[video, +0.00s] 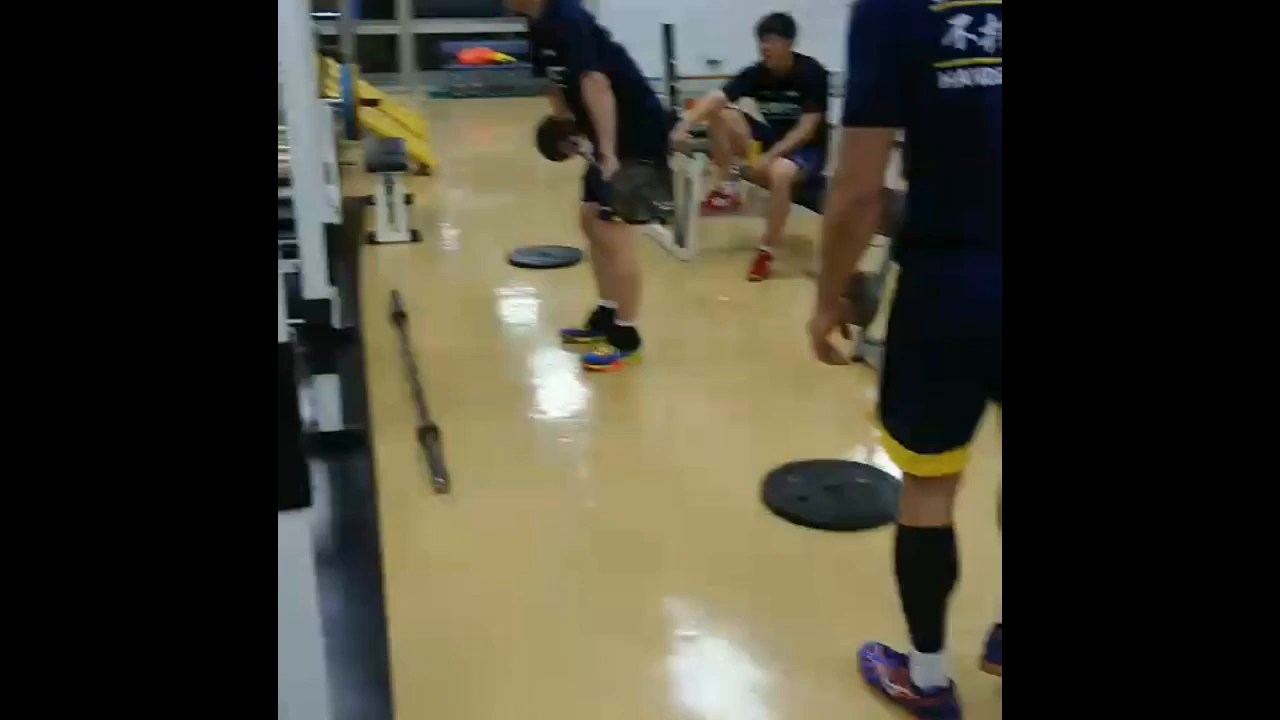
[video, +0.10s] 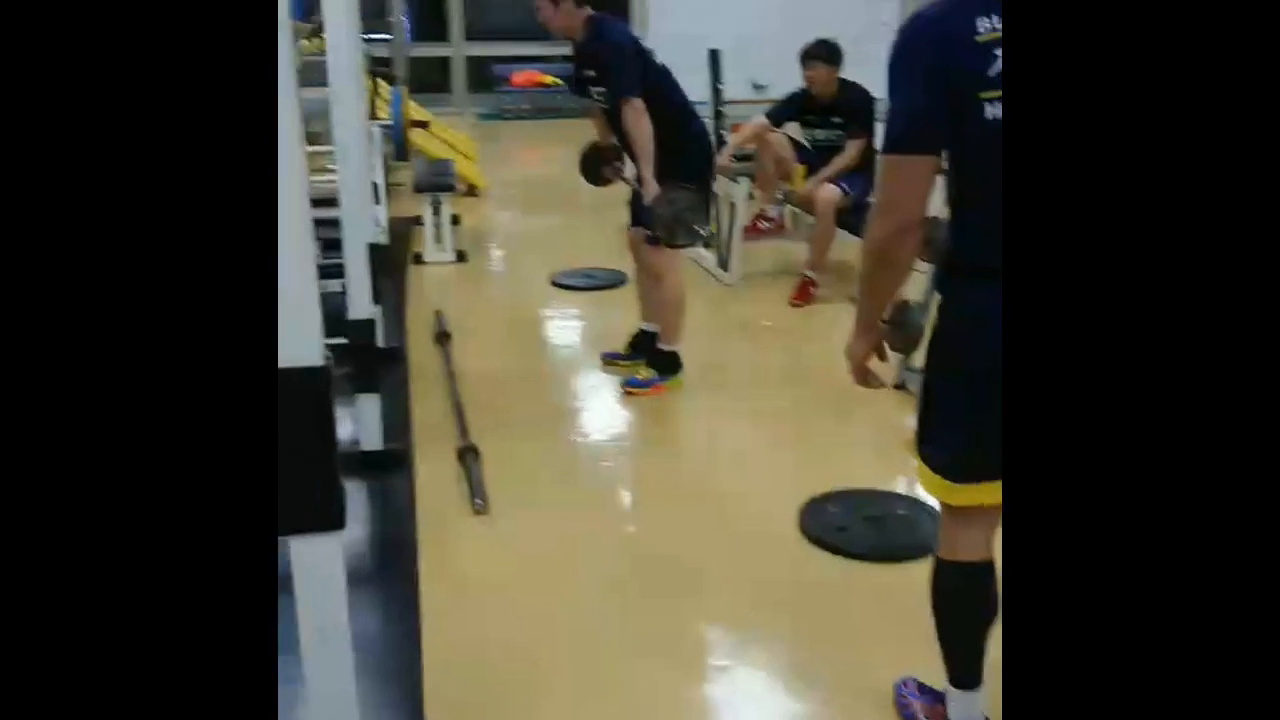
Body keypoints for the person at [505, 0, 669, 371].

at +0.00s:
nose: (508, 4)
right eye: (508, 1)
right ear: (523, 3)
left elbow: (596, 83)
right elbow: (556, 86)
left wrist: (608, 154)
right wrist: (564, 123)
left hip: (639, 136)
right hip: (607, 136)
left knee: (614, 228)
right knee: (594, 221)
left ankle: (627, 333)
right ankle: (608, 314)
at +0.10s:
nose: (541, 18)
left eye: (544, 9)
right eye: (539, 10)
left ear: (567, 6)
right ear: (566, 9)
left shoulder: (611, 40)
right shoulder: (585, 48)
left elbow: (635, 109)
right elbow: (598, 109)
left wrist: (648, 177)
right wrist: (609, 150)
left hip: (682, 156)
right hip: (651, 154)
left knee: (662, 254)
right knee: (642, 244)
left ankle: (668, 358)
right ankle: (648, 338)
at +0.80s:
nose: (614, 308)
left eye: (610, 300)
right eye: (608, 303)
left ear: (623, 286)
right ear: (625, 278)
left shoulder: (663, 285)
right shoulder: (650, 275)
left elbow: (672, 367)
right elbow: (651, 329)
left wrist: (672, 439)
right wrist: (649, 373)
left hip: (781, 262)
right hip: (759, 255)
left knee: (712, 341)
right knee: (694, 334)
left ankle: (737, 439)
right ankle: (718, 418)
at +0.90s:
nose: (633, 323)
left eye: (628, 317)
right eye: (626, 319)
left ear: (639, 300)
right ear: (639, 295)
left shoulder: (670, 291)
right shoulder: (656, 278)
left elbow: (677, 371)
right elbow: (654, 334)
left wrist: (673, 438)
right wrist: (650, 376)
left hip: (786, 228)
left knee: (753, 328)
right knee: (727, 316)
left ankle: (768, 426)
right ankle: (747, 406)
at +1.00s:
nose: (626, 328)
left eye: (621, 322)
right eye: (620, 325)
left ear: (630, 307)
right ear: (631, 294)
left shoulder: (667, 301)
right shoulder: (652, 284)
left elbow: (677, 379)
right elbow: (653, 336)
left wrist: (676, 444)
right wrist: (651, 377)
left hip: (782, 232)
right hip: (751, 233)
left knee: (776, 339)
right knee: (751, 333)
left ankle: (853, 375)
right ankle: (832, 372)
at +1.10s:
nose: (610, 337)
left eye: (604, 331)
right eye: (602, 333)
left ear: (613, 316)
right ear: (611, 308)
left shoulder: (655, 313)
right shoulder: (641, 295)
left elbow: (673, 383)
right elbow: (664, 348)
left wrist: (676, 447)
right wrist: (653, 367)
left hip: (781, 268)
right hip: (756, 279)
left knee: (823, 364)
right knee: (803, 359)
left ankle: (912, 342)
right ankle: (903, 348)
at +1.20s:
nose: (598, 340)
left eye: (593, 332)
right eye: (590, 335)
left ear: (606, 317)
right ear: (606, 309)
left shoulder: (647, 320)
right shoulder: (641, 300)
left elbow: (674, 388)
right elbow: (664, 349)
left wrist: (677, 452)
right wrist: (650, 362)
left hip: (781, 321)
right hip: (775, 310)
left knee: (856, 378)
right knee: (851, 365)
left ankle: (949, 381)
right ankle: (937, 365)